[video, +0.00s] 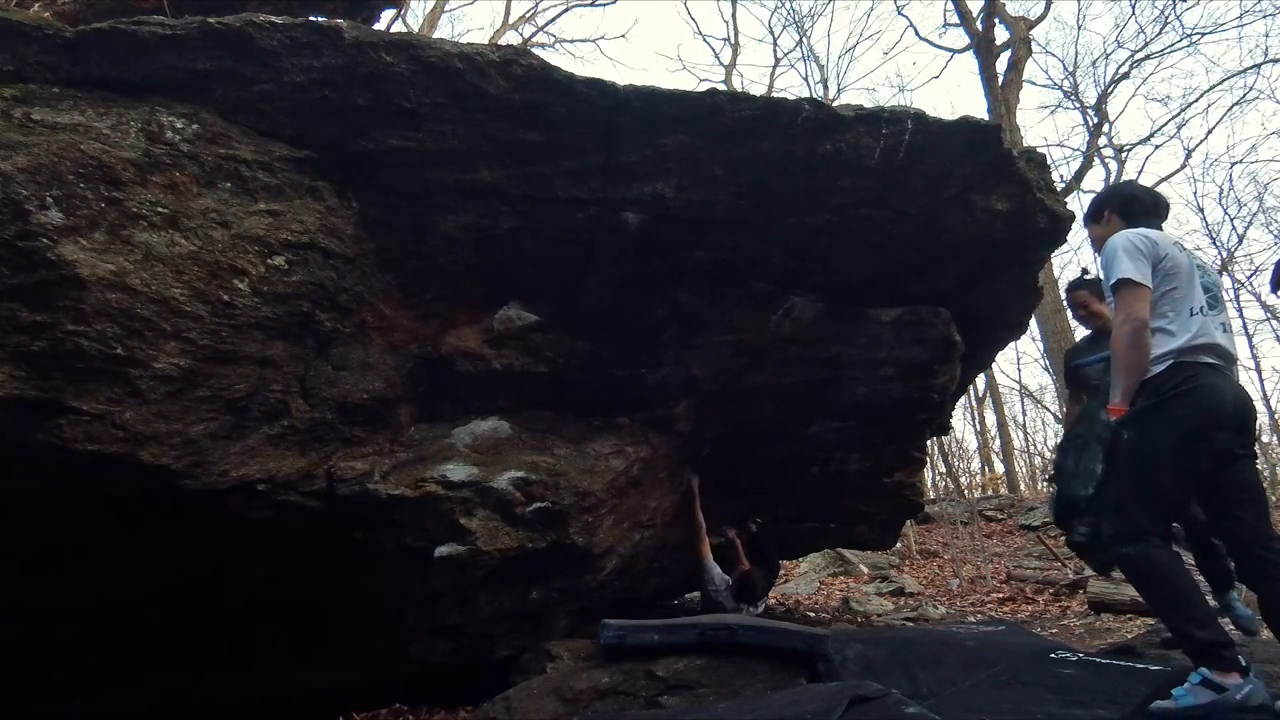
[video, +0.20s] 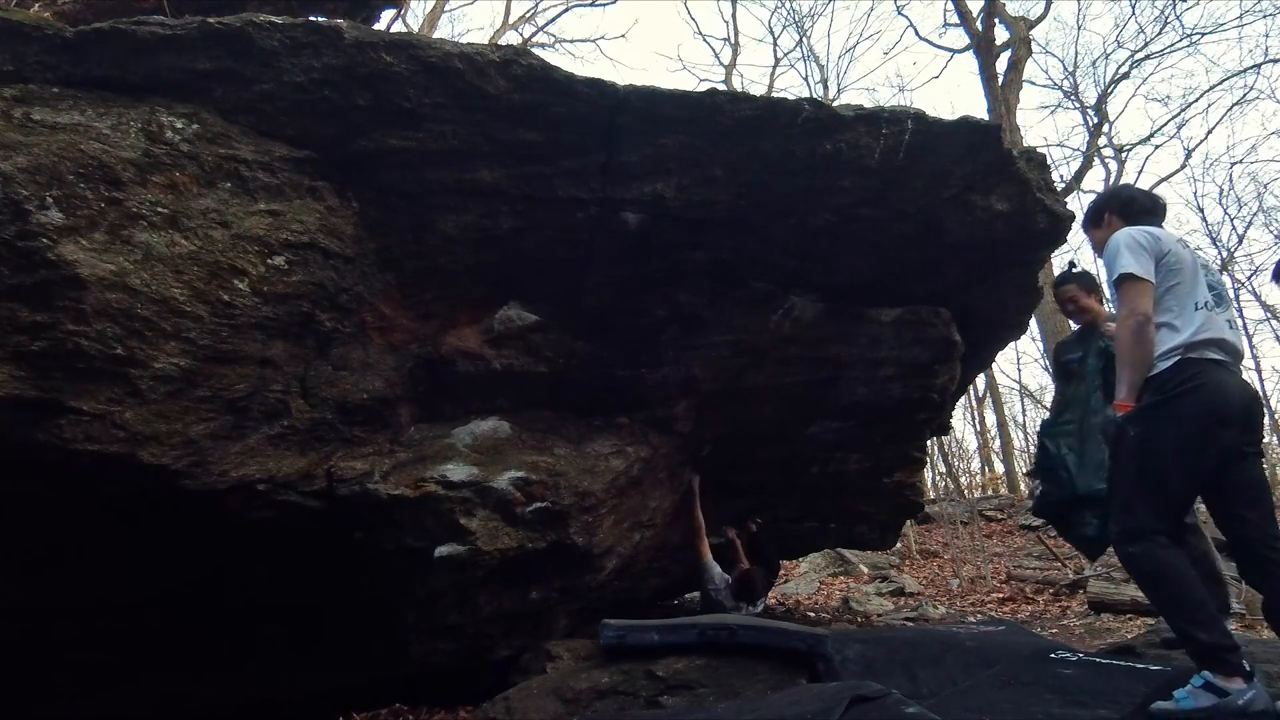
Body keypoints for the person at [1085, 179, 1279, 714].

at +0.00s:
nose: (1094, 242)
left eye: (1094, 232)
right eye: (1091, 234)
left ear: (1111, 217)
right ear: (1148, 216)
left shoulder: (1125, 241)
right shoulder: (1188, 257)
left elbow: (1133, 321)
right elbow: (1211, 330)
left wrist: (1118, 404)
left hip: (1179, 391)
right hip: (1227, 391)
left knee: (1130, 535)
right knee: (1256, 543)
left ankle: (1224, 669)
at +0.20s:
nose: (1094, 247)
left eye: (1093, 237)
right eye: (1091, 240)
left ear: (1111, 219)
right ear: (1144, 217)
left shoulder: (1128, 238)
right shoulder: (1193, 258)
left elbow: (1138, 314)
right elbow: (1214, 330)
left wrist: (1124, 399)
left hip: (1182, 389)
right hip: (1235, 389)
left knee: (1140, 532)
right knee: (1258, 541)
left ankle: (1226, 673)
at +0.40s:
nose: (1095, 252)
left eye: (1094, 241)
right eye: (1092, 245)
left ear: (1111, 223)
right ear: (1140, 218)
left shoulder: (1135, 235)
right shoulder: (1185, 257)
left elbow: (1149, 309)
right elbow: (1154, 330)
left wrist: (1132, 395)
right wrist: (1091, 319)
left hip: (1193, 382)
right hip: (1243, 388)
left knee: (1149, 532)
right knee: (1263, 543)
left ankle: (1250, 671)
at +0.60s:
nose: (1097, 253)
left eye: (1095, 241)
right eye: (1093, 248)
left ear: (1110, 219)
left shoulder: (1139, 231)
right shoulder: (1181, 249)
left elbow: (1156, 310)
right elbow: (1151, 337)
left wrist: (1144, 398)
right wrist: (1077, 324)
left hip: (1198, 385)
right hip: (1239, 388)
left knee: (1182, 527)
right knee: (1258, 523)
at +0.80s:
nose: (1096, 249)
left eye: (1091, 238)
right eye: (1089, 245)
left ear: (1108, 212)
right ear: (1114, 213)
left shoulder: (1153, 228)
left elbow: (1170, 308)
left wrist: (1161, 399)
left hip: (1204, 390)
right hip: (1222, 387)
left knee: (1244, 539)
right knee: (1247, 536)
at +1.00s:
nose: (1105, 253)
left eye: (1097, 241)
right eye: (1096, 250)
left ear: (1111, 213)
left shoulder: (1175, 228)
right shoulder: (1155, 254)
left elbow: (1205, 312)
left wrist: (1191, 404)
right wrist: (1176, 408)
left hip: (1220, 403)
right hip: (1198, 411)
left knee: (1246, 543)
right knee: (1206, 546)